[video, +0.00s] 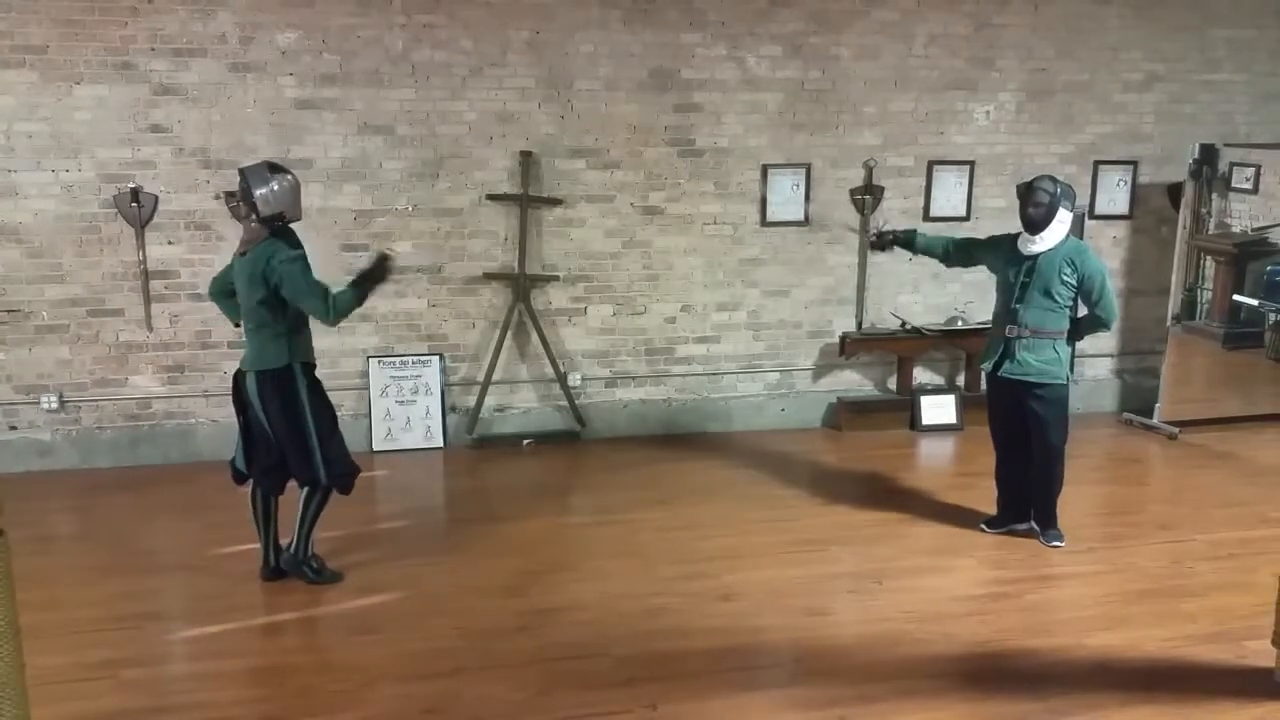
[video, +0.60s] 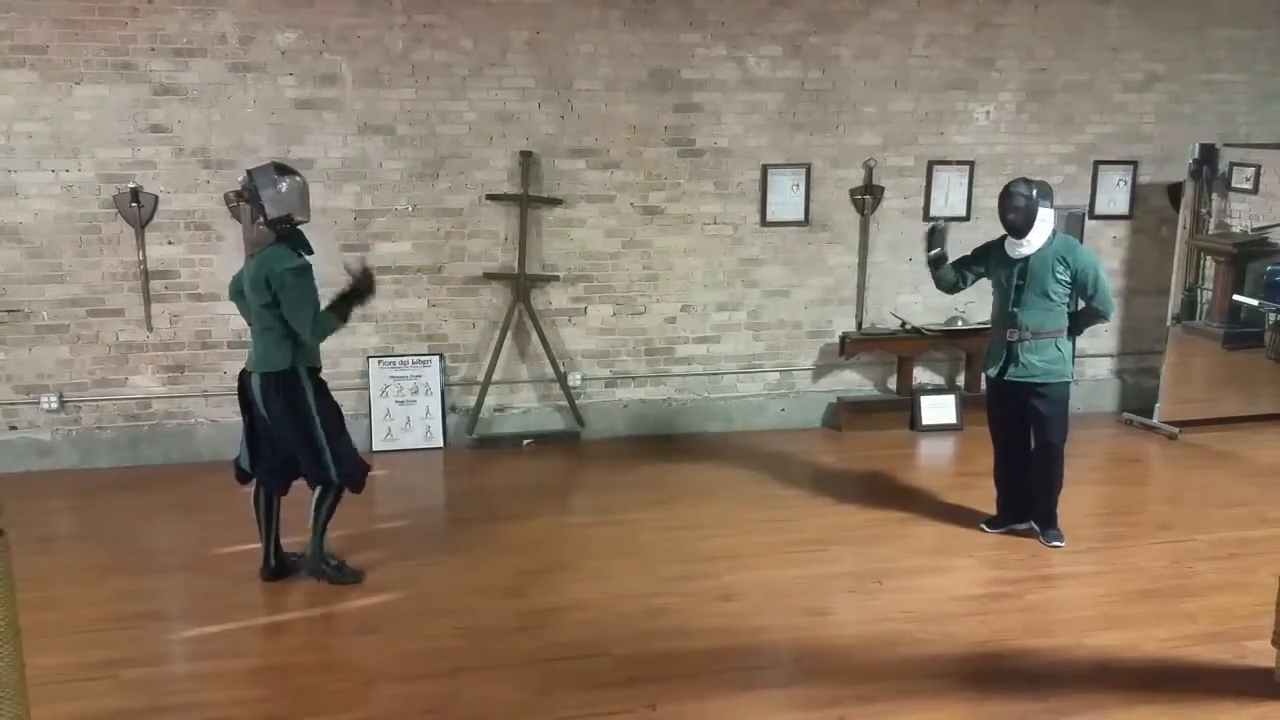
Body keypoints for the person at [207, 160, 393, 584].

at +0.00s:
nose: (296, 201)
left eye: (293, 194)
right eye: (290, 195)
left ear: (252, 207)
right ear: (281, 202)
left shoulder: (248, 251)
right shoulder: (282, 253)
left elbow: (219, 288)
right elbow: (328, 309)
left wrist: (249, 320)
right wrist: (367, 280)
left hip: (253, 377)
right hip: (287, 376)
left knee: (267, 469)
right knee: (330, 467)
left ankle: (270, 556)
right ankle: (300, 552)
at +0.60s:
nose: (304, 205)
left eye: (301, 197)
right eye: (298, 199)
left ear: (259, 214)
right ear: (288, 208)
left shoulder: (257, 260)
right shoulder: (288, 263)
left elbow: (236, 291)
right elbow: (312, 330)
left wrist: (269, 327)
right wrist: (351, 298)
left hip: (258, 379)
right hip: (293, 380)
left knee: (270, 469)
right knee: (336, 468)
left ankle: (271, 557)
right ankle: (317, 555)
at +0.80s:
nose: (312, 209)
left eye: (307, 202)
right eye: (306, 202)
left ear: (270, 210)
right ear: (297, 208)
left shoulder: (267, 259)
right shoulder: (291, 265)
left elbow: (279, 332)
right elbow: (305, 341)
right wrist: (363, 364)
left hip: (270, 378)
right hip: (295, 380)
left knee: (277, 469)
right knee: (331, 470)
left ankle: (272, 557)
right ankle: (352, 565)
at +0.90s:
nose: (317, 202)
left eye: (312, 195)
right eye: (310, 196)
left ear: (275, 206)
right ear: (299, 203)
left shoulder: (277, 256)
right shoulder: (295, 263)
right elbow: (310, 339)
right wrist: (354, 389)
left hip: (282, 378)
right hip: (304, 381)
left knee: (287, 469)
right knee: (335, 471)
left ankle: (272, 554)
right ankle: (354, 565)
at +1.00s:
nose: (321, 200)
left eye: (317, 192)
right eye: (314, 193)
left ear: (281, 204)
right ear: (301, 200)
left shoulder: (292, 251)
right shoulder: (297, 259)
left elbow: (306, 328)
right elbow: (314, 333)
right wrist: (338, 393)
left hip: (300, 378)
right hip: (314, 380)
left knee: (297, 467)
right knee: (344, 472)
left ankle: (270, 546)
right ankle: (354, 565)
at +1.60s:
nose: (338, 202)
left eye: (336, 194)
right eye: (330, 195)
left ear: (306, 202)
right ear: (312, 202)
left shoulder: (332, 248)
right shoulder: (306, 261)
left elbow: (347, 323)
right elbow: (315, 336)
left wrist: (367, 376)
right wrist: (325, 405)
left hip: (352, 377)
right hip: (337, 381)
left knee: (321, 462)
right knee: (359, 473)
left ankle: (281, 532)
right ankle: (355, 564)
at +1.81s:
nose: (342, 200)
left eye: (339, 192)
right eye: (333, 194)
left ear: (307, 203)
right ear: (317, 202)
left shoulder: (330, 250)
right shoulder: (316, 260)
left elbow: (341, 327)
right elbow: (326, 333)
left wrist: (366, 378)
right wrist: (337, 399)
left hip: (337, 379)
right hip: (341, 383)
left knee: (315, 463)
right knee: (362, 476)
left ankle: (276, 536)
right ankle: (355, 565)